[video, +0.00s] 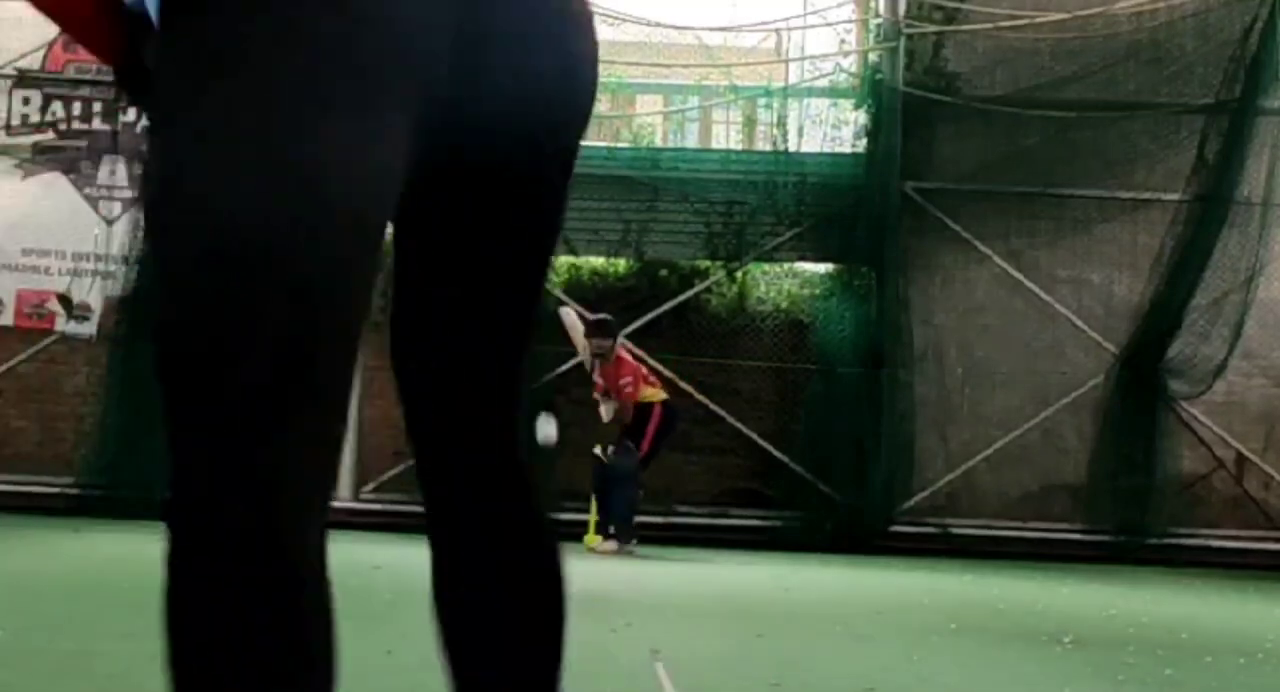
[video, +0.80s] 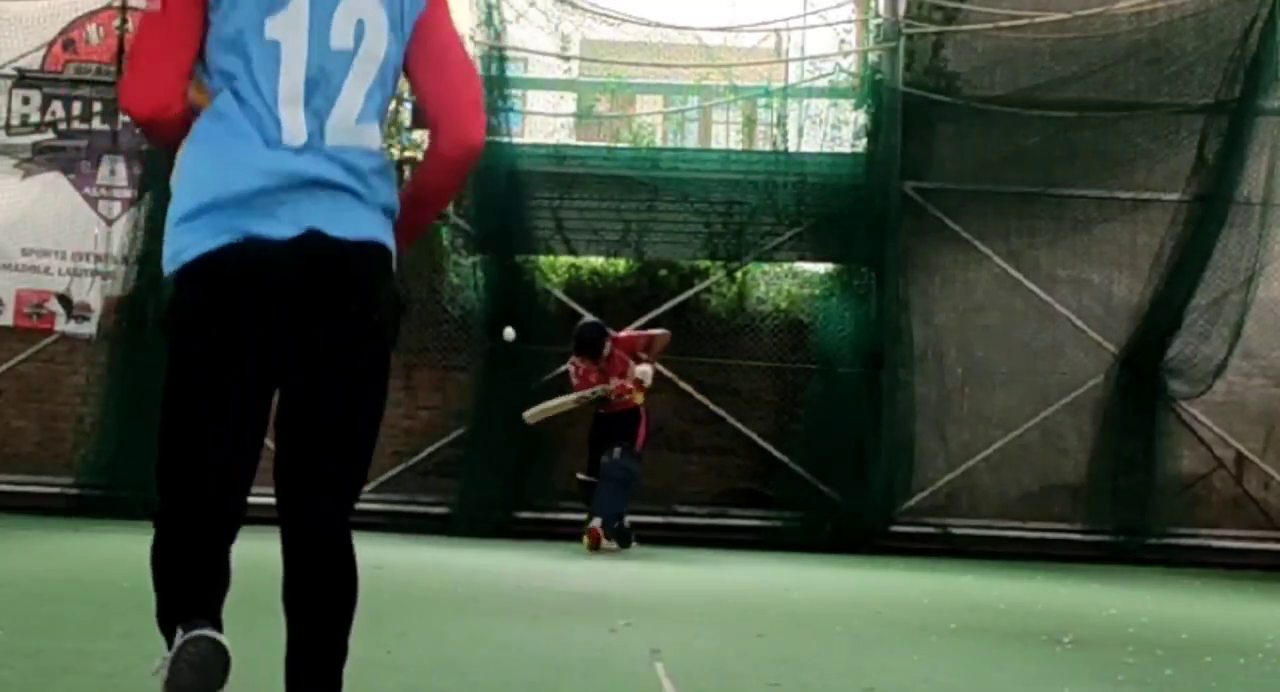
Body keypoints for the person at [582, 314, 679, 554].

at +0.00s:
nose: (599, 348)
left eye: (604, 343)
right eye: (594, 343)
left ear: (614, 342)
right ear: (588, 342)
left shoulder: (626, 366)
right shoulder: (594, 354)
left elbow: (626, 412)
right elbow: (566, 313)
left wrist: (610, 410)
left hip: (654, 405)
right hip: (633, 404)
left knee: (629, 464)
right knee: (616, 461)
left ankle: (621, 535)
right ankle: (611, 532)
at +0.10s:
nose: (599, 356)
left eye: (604, 351)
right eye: (594, 351)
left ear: (614, 347)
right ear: (587, 347)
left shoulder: (627, 366)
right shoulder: (598, 366)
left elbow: (618, 413)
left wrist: (603, 404)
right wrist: (596, 396)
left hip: (651, 409)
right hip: (630, 409)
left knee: (626, 466)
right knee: (609, 462)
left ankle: (621, 535)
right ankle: (608, 531)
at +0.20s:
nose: (601, 349)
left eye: (606, 345)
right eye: (596, 344)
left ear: (615, 337)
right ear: (587, 337)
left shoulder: (628, 353)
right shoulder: (588, 352)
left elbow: (622, 385)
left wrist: (597, 387)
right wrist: (588, 383)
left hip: (644, 403)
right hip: (620, 403)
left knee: (626, 464)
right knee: (605, 461)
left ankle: (619, 535)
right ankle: (605, 530)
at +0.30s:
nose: (591, 338)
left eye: (597, 333)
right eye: (586, 332)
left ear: (608, 327)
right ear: (581, 325)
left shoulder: (621, 336)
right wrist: (583, 375)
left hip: (640, 391)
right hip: (616, 392)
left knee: (625, 456)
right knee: (610, 455)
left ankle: (618, 530)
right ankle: (609, 527)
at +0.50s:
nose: (601, 328)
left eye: (599, 324)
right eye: (596, 326)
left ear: (599, 323)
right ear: (586, 331)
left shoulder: (621, 330)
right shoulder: (587, 351)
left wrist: (607, 318)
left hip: (636, 394)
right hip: (612, 395)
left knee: (630, 459)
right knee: (607, 457)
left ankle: (620, 528)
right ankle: (608, 527)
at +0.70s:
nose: (594, 357)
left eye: (598, 351)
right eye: (588, 353)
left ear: (605, 341)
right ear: (581, 348)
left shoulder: (619, 340)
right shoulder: (580, 364)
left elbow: (643, 315)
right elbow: (590, 395)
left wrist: (625, 343)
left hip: (633, 408)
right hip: (605, 412)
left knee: (623, 465)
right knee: (598, 472)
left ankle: (606, 530)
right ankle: (617, 530)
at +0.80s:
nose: (604, 354)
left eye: (604, 349)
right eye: (594, 354)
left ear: (607, 343)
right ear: (584, 352)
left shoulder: (620, 342)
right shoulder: (578, 365)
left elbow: (663, 335)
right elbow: (584, 395)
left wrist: (647, 361)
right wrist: (605, 393)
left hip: (630, 409)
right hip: (603, 413)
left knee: (620, 463)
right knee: (597, 469)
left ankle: (600, 522)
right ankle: (615, 526)